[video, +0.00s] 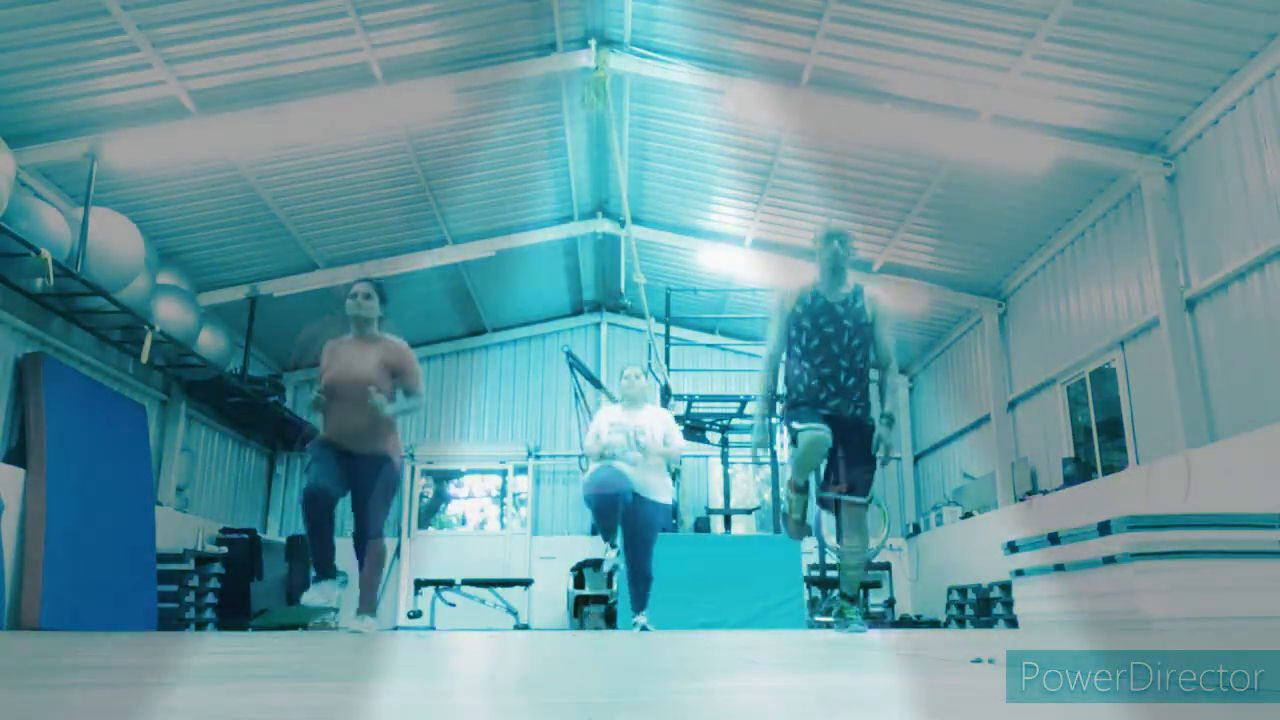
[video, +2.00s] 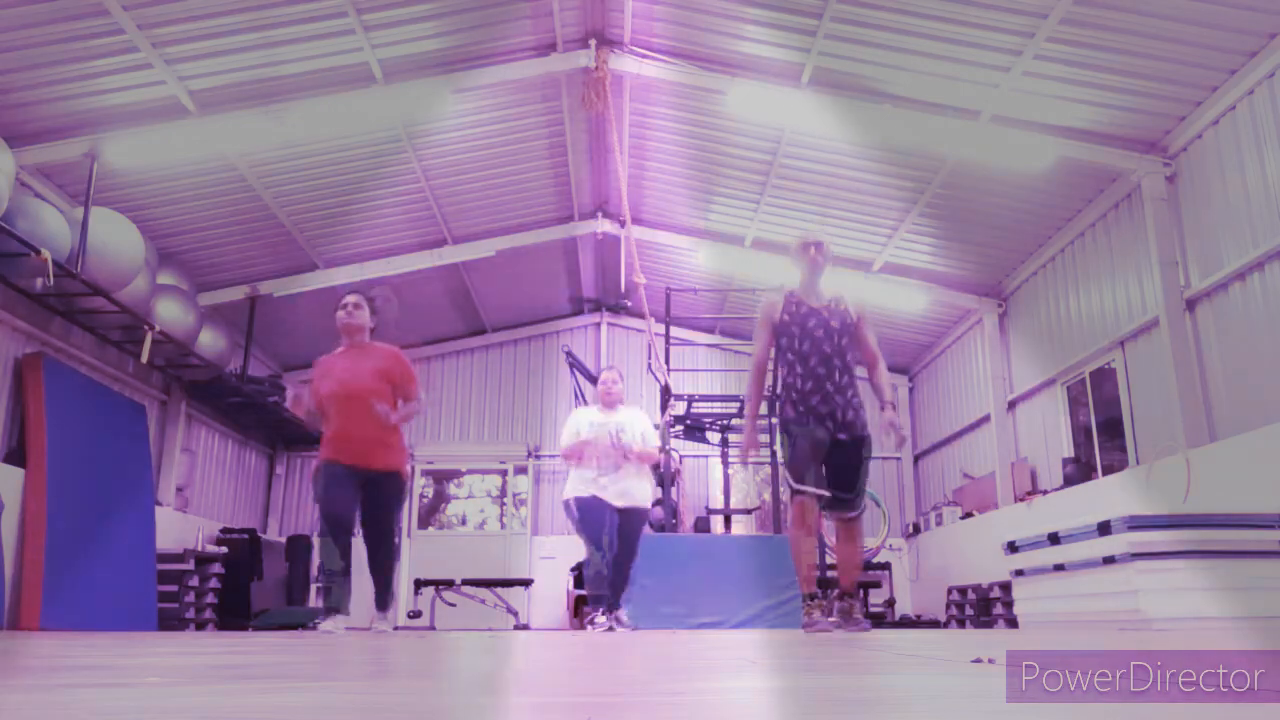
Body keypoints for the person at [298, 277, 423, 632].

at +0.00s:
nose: (359, 301)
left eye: (367, 296)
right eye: (353, 296)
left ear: (381, 306)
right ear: (345, 305)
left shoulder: (395, 349)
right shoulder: (332, 349)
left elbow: (416, 397)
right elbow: (323, 400)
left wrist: (391, 407)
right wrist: (319, 398)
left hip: (377, 453)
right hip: (334, 447)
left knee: (368, 532)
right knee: (315, 493)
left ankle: (366, 613)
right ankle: (326, 579)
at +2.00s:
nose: (349, 311)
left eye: (357, 307)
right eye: (343, 307)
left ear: (371, 319)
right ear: (336, 320)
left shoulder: (390, 356)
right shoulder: (324, 364)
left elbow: (415, 402)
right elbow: (319, 417)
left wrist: (396, 416)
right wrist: (300, 407)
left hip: (383, 463)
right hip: (338, 461)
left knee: (380, 536)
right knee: (335, 529)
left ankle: (383, 610)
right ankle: (335, 611)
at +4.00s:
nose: (310, 242)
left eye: (319, 236)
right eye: (303, 235)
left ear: (334, 249)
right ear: (292, 247)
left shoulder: (354, 299)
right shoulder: (269, 297)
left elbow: (371, 362)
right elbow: (245, 360)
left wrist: (377, 412)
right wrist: (264, 334)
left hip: (338, 398)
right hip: (279, 405)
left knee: (303, 429)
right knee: (273, 509)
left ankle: (307, 535)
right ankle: (282, 612)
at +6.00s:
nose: (355, 194)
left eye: (365, 187)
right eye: (347, 189)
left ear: (382, 201)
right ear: (336, 203)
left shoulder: (409, 252)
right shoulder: (320, 257)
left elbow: (447, 313)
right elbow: (298, 326)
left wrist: (419, 307)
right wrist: (317, 311)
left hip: (389, 382)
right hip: (328, 380)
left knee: (380, 485)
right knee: (304, 470)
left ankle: (374, 603)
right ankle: (293, 578)